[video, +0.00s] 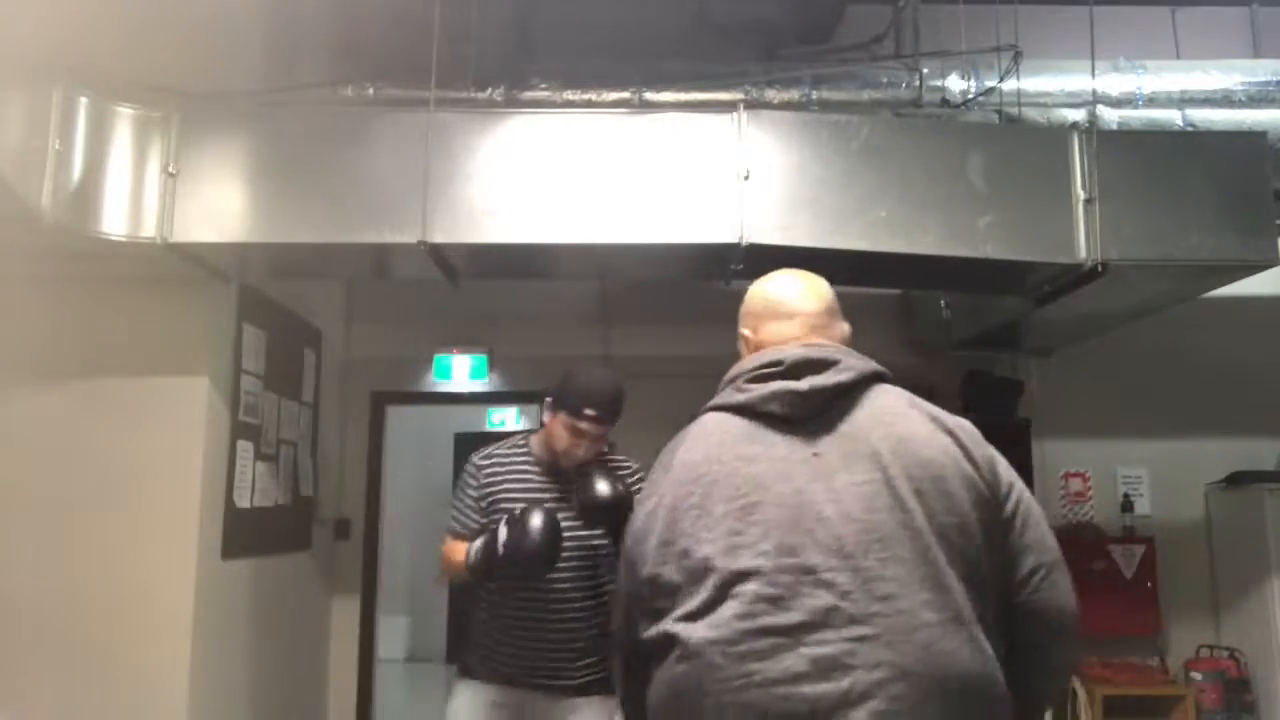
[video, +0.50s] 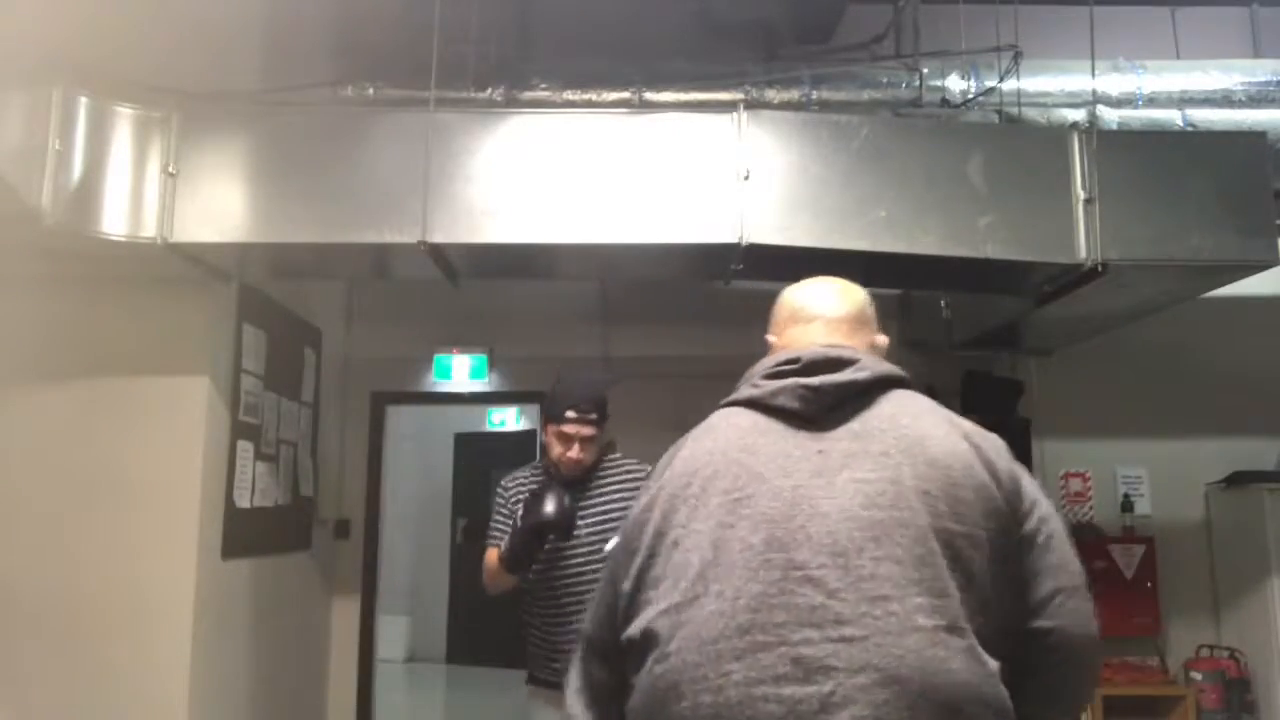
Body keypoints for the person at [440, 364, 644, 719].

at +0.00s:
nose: (585, 450)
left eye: (597, 439)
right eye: (576, 434)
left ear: (610, 434)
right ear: (549, 413)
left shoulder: (624, 476)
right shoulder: (487, 467)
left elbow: (656, 565)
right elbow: (450, 558)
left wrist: (623, 521)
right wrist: (493, 548)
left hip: (589, 691)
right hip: (494, 683)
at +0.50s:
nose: (575, 453)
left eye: (588, 441)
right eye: (564, 440)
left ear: (603, 435)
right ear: (544, 431)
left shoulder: (638, 479)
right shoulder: (515, 489)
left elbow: (671, 553)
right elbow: (493, 583)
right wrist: (527, 539)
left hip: (626, 674)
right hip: (550, 680)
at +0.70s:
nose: (597, 435)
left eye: (609, 424)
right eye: (587, 422)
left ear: (622, 417)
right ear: (567, 414)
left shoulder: (657, 461)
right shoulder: (535, 471)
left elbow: (706, 541)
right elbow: (508, 559)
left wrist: (680, 532)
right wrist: (547, 510)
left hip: (638, 665)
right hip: (564, 668)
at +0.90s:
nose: (634, 449)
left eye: (645, 438)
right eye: (623, 435)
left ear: (657, 433)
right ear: (599, 422)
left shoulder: (674, 475)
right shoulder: (558, 475)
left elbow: (727, 554)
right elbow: (530, 559)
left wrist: (713, 501)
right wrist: (582, 507)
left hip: (663, 688)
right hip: (579, 687)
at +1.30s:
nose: (604, 444)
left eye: (614, 435)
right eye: (595, 431)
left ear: (624, 432)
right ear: (566, 419)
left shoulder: (639, 473)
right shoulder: (520, 471)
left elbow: (670, 559)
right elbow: (502, 554)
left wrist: (676, 499)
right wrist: (559, 498)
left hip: (629, 682)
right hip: (543, 683)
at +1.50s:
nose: (571, 446)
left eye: (581, 437)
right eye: (562, 432)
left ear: (591, 432)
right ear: (532, 417)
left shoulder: (601, 469)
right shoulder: (480, 473)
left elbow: (619, 559)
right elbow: (473, 560)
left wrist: (635, 538)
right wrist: (529, 509)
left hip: (592, 683)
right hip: (510, 687)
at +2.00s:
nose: (622, 443)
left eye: (630, 433)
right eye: (618, 425)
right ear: (581, 404)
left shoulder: (610, 475)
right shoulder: (496, 462)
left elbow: (625, 570)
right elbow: (467, 565)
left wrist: (651, 532)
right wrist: (562, 533)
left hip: (593, 692)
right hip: (508, 694)